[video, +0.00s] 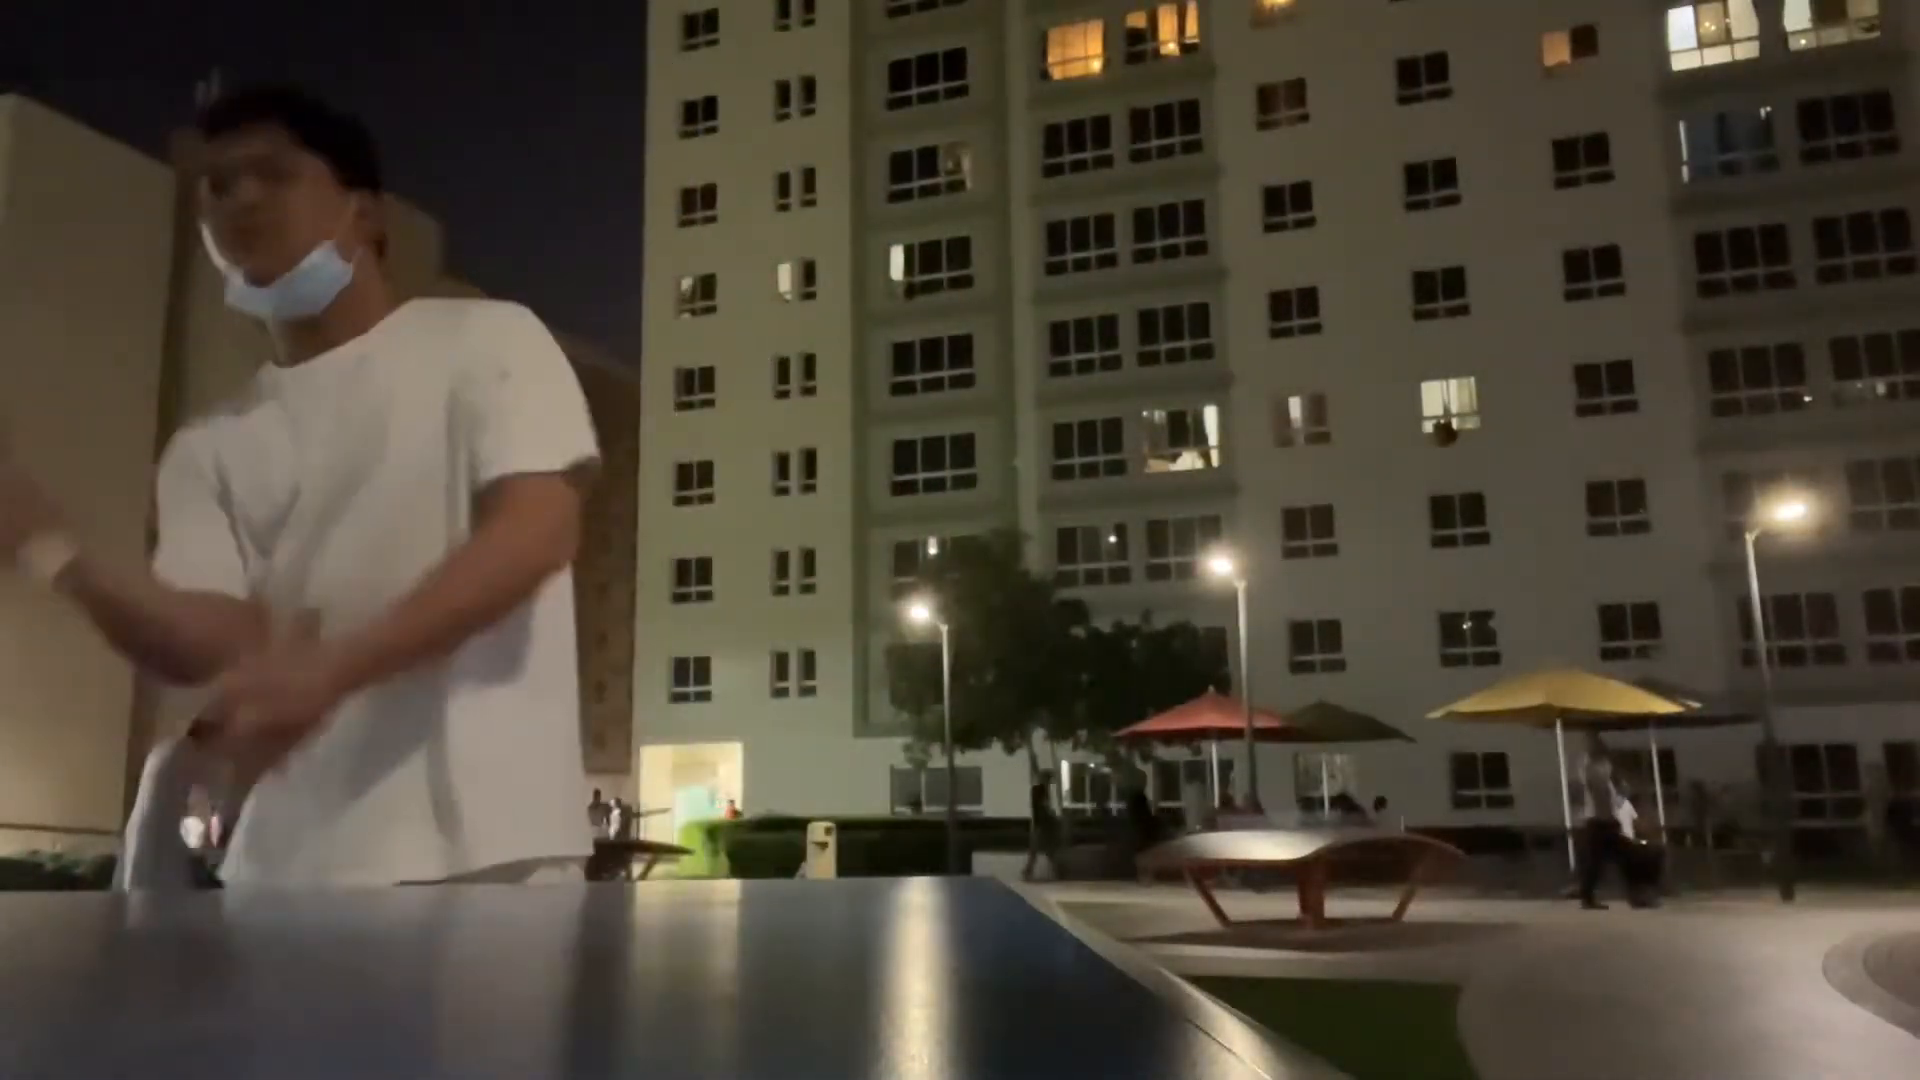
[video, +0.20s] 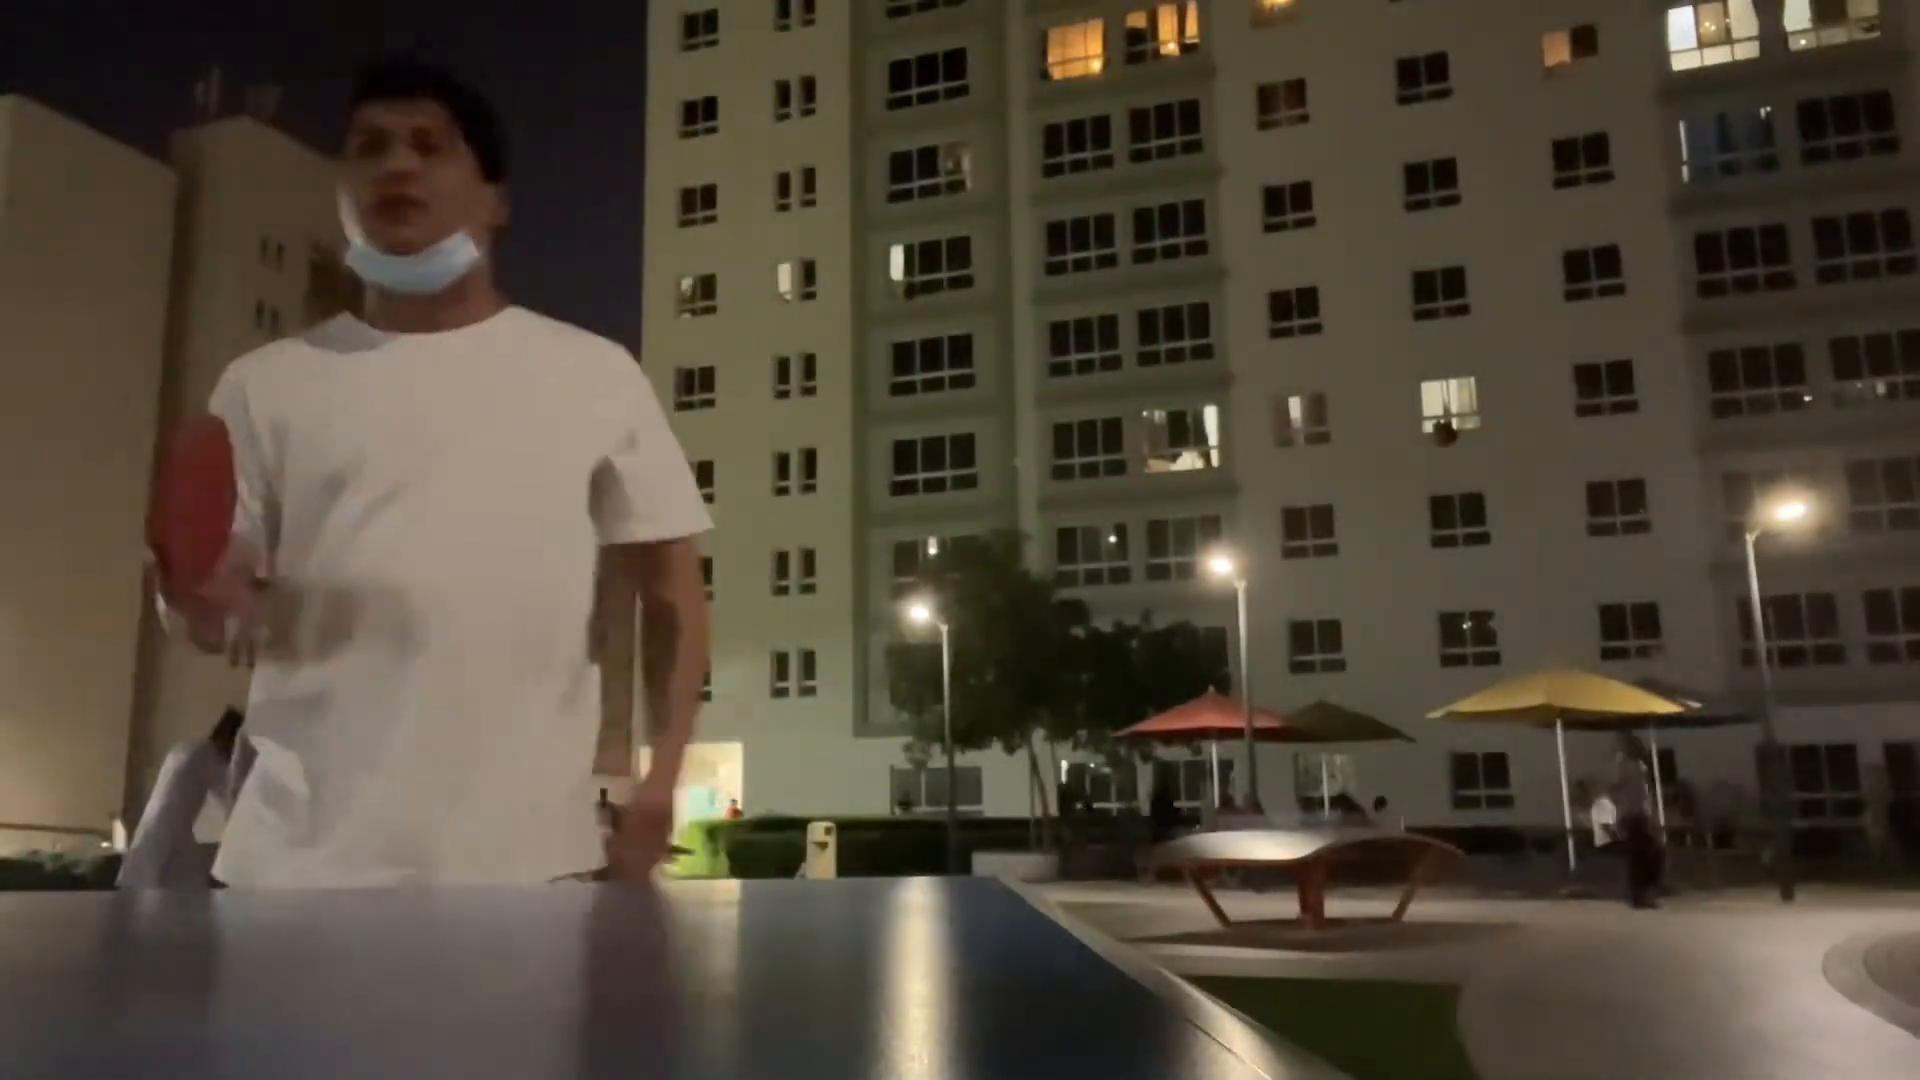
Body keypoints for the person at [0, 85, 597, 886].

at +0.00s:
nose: (242, 202)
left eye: (273, 172)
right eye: (218, 187)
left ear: (363, 213)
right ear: (206, 232)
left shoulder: (488, 341)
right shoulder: (208, 451)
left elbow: (538, 529)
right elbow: (210, 645)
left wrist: (328, 672)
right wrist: (54, 549)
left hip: (486, 867)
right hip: (288, 881)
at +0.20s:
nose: (397, 166)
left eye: (429, 144)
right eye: (370, 146)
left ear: (492, 197)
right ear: (340, 190)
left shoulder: (595, 382)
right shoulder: (264, 391)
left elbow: (677, 597)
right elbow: (226, 622)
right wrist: (198, 591)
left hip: (524, 864)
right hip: (303, 866)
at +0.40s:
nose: (445, 163)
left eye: (479, 142)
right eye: (417, 138)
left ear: (539, 199)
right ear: (379, 183)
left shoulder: (630, 380)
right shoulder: (299, 389)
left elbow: (713, 600)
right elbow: (181, 599)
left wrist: (734, 791)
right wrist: (236, 614)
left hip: (576, 861)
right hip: (354, 862)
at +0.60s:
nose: (363, 247)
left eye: (403, 215)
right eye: (349, 215)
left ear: (495, 242)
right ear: (326, 232)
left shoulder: (616, 414)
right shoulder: (284, 426)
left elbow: (741, 623)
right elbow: (45, 496)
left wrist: (754, 849)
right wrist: (73, 599)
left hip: (594, 866)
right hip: (374, 862)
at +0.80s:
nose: (145, 130)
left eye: (189, 102)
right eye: (116, 99)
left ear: (274, 159)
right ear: (84, 135)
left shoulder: (393, 356)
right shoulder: (27, 351)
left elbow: (532, 588)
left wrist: (569, 764)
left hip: (418, 884)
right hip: (157, 899)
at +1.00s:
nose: (267, 150)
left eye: (307, 126)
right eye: (237, 124)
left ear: (382, 174)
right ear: (199, 161)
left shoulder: (481, 380)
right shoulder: (106, 376)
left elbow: (590, 592)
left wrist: (609, 783)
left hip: (429, 892)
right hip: (177, 891)